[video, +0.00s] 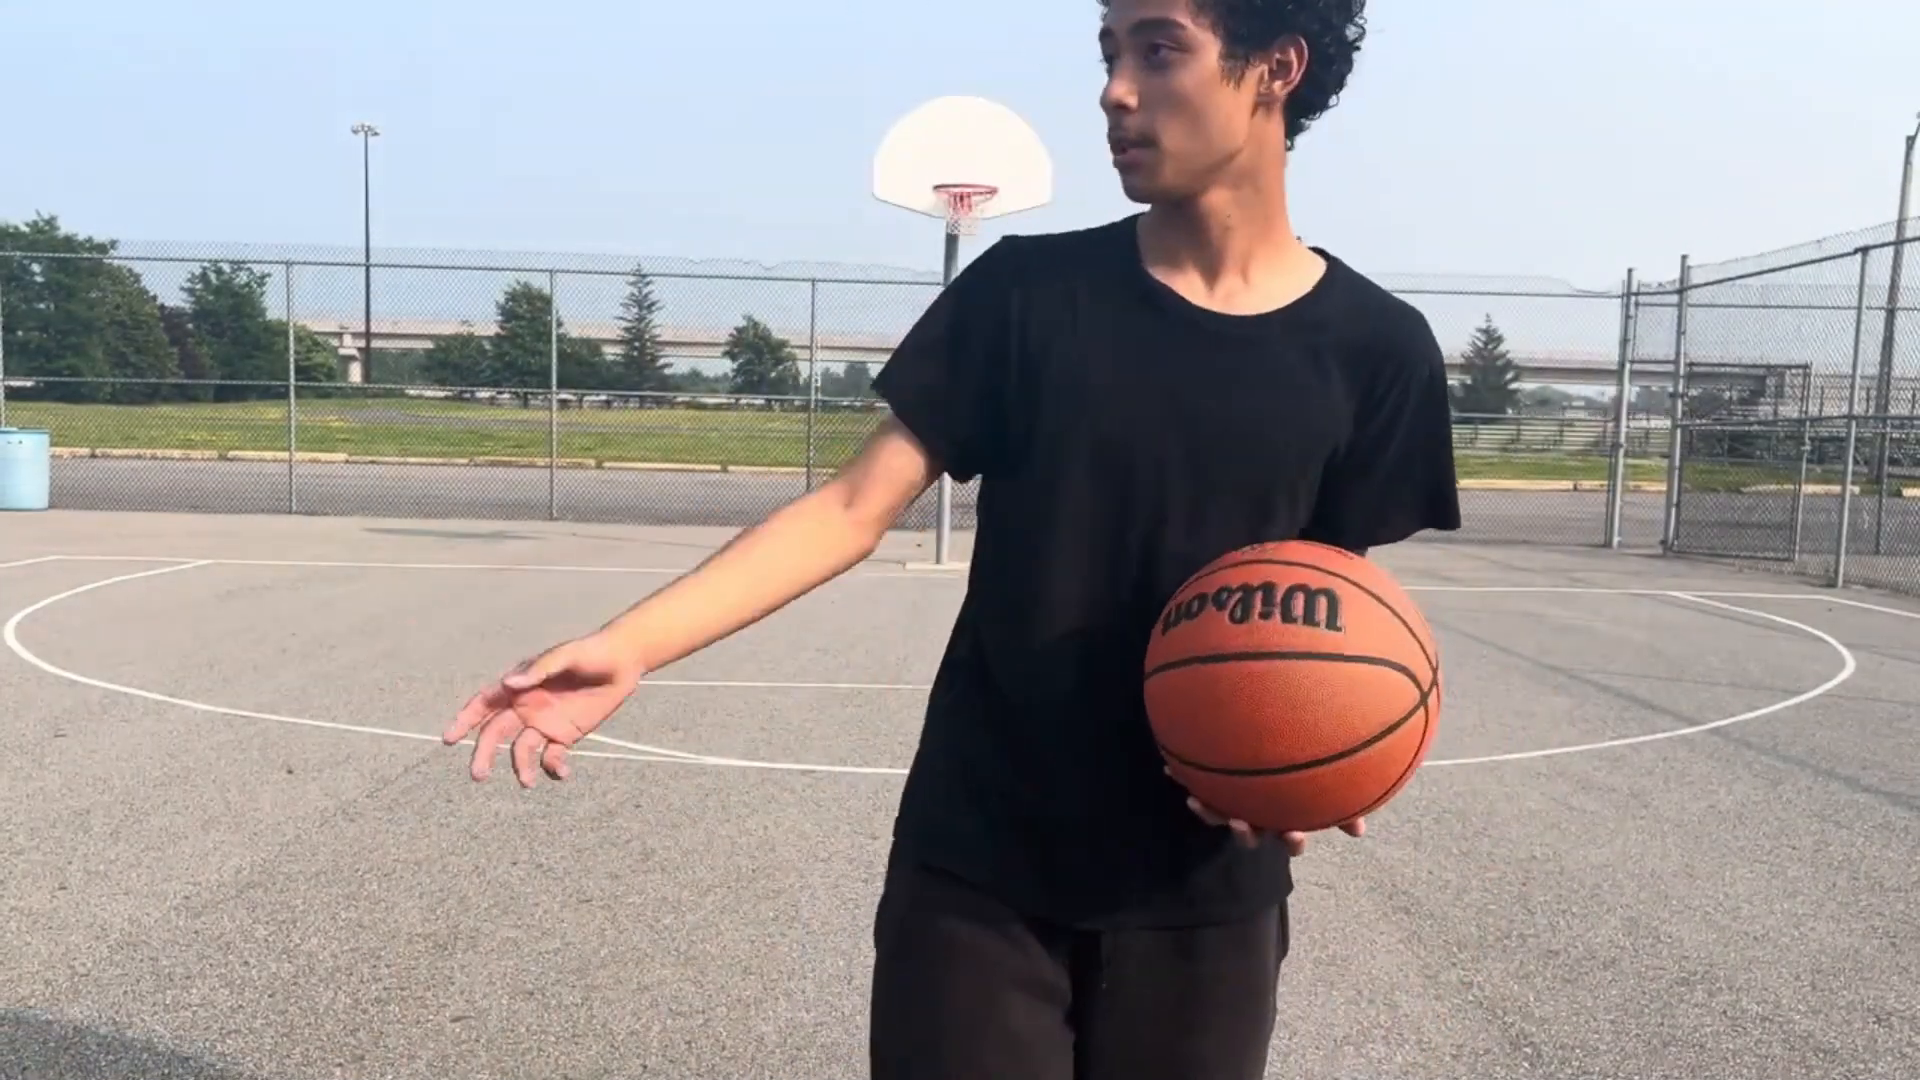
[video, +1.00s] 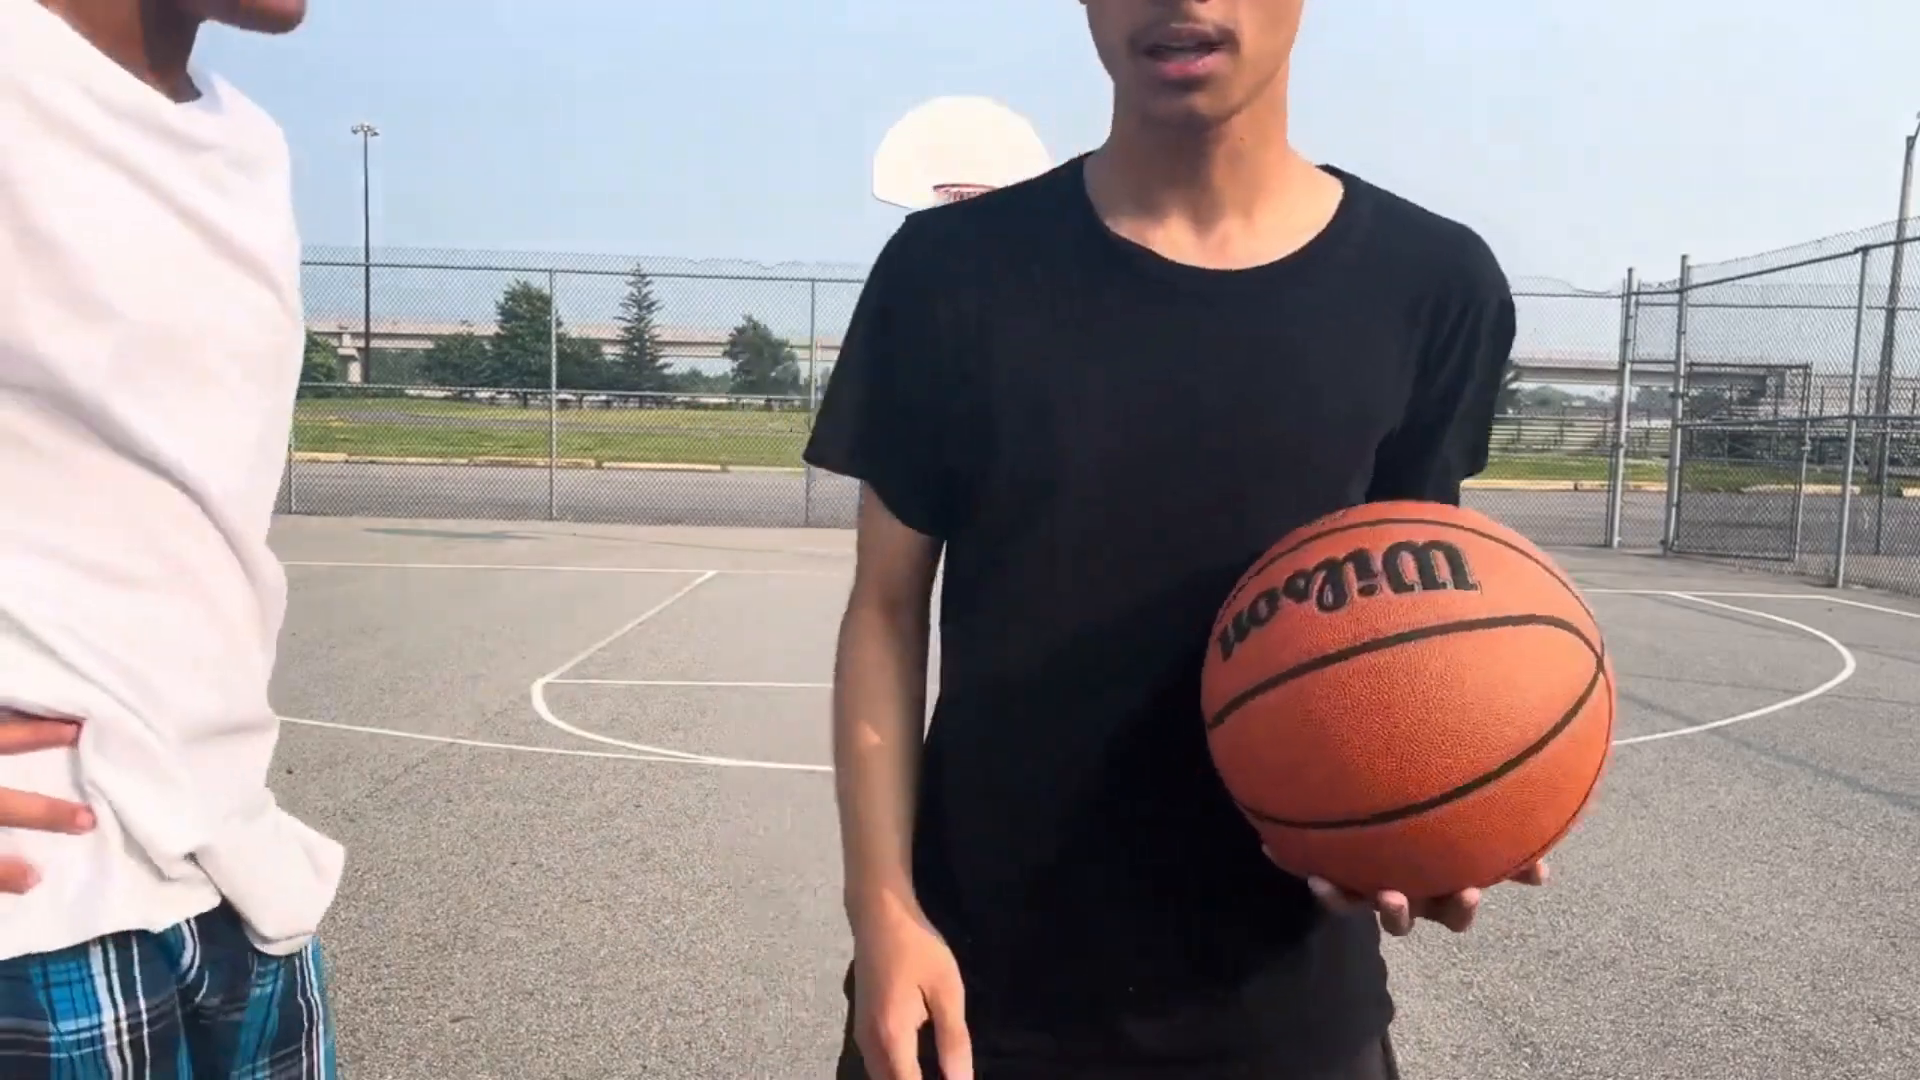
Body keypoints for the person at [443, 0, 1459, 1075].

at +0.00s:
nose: (1115, 95)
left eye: (1160, 54)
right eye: (1112, 58)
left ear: (1280, 73)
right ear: (1102, 68)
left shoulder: (1379, 350)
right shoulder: (1023, 291)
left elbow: (1343, 610)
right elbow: (849, 506)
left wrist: (1304, 761)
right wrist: (627, 645)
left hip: (1208, 887)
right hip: (979, 873)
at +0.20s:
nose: (1098, 61)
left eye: (1148, 22)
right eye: (1068, 26)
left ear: (1232, 59)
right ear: (1042, 55)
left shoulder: (1322, 325)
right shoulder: (944, 316)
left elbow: (1325, 607)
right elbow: (895, 600)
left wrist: (1310, 768)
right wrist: (809, 848)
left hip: (1193, 917)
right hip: (950, 912)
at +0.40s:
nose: (1003, 28)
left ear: (1115, 23)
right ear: (917, 35)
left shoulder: (1246, 266)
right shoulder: (845, 324)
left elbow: (1311, 535)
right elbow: (857, 615)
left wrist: (1316, 701)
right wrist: (860, 864)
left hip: (1193, 911)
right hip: (934, 920)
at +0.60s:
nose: (951, 28)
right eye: (903, 1)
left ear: (1065, 11)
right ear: (858, 38)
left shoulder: (1222, 250)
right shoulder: (805, 336)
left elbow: (1275, 539)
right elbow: (793, 662)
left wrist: (1295, 702)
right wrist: (768, 956)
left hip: (1204, 934)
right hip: (933, 953)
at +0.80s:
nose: (1021, 17)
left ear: (1141, 5)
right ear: (924, 22)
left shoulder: (1285, 268)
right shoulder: (832, 314)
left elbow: (1289, 569)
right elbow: (793, 644)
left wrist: (1333, 753)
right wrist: (796, 927)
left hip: (1217, 954)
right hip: (936, 964)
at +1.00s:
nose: (1183, 5)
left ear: (1301, 2)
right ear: (1090, 5)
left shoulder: (1434, 283)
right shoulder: (947, 269)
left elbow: (1411, 606)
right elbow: (886, 610)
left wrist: (1421, 808)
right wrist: (882, 909)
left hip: (1287, 988)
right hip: (994, 989)